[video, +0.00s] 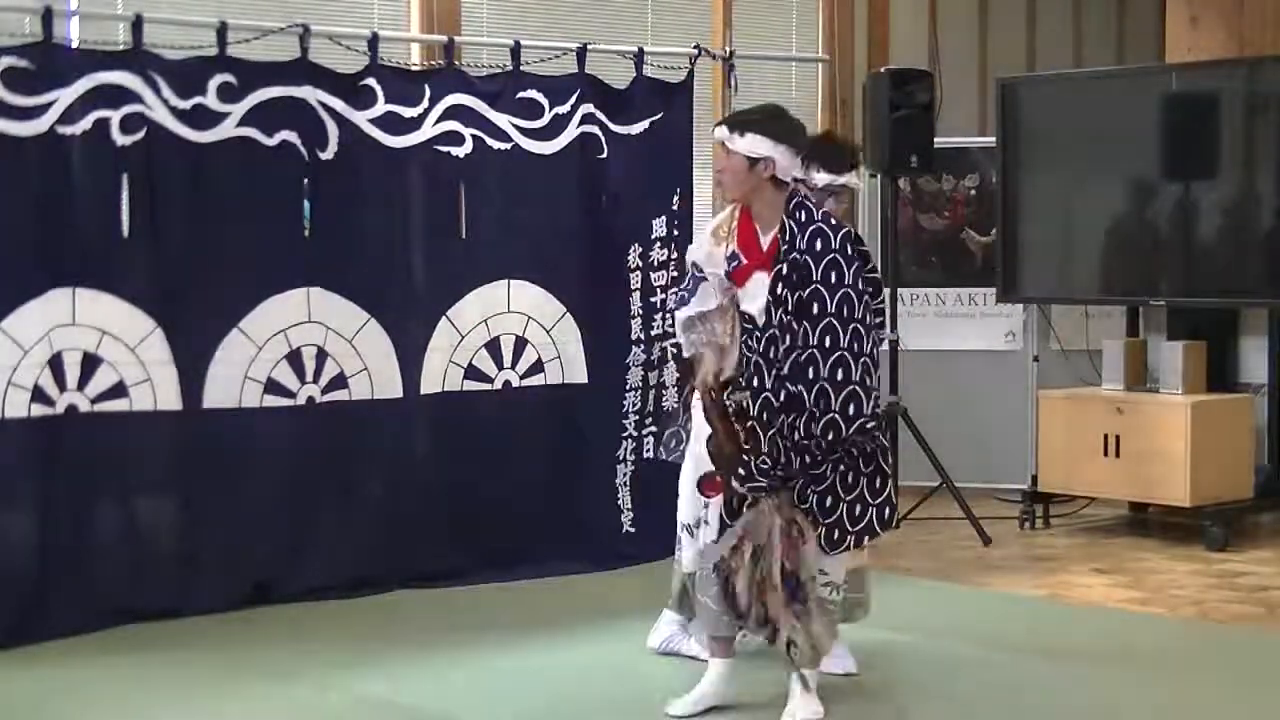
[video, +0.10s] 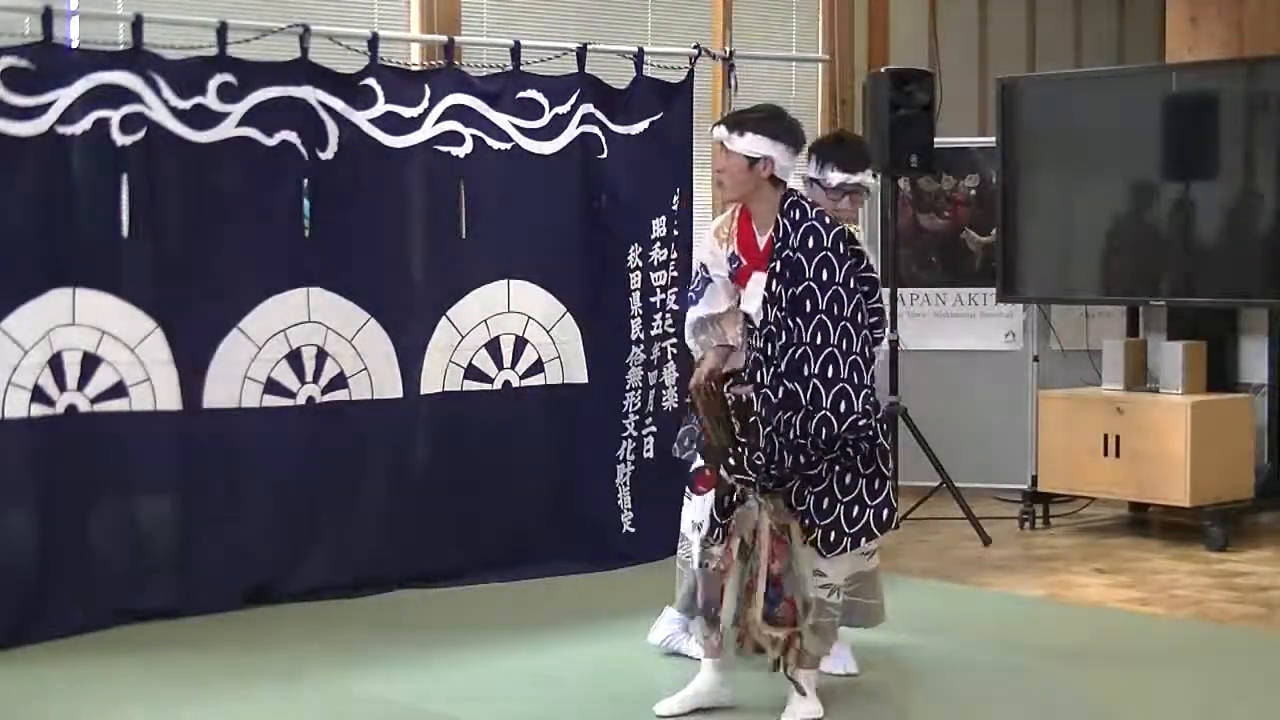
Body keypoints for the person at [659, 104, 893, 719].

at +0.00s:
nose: (716, 170)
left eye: (725, 160)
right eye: (717, 158)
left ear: (762, 168)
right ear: (748, 166)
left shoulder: (820, 240)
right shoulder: (730, 233)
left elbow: (843, 347)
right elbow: (694, 316)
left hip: (799, 417)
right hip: (730, 408)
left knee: (799, 547)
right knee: (713, 535)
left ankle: (804, 683)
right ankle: (719, 668)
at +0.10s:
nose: (715, 170)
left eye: (724, 160)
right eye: (716, 158)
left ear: (761, 168)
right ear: (745, 165)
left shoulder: (816, 239)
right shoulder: (735, 232)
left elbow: (836, 349)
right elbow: (712, 314)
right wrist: (717, 355)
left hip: (807, 418)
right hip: (744, 408)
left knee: (811, 548)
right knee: (715, 530)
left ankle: (805, 686)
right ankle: (714, 670)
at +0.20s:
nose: (711, 169)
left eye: (720, 159)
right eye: (712, 157)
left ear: (756, 168)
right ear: (743, 166)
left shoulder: (807, 237)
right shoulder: (732, 233)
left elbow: (823, 349)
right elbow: (723, 314)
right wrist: (719, 354)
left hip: (807, 416)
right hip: (748, 408)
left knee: (809, 549)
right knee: (716, 536)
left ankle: (807, 690)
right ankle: (700, 676)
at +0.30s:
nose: (703, 173)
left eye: (712, 162)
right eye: (705, 160)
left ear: (747, 170)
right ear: (739, 168)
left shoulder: (799, 237)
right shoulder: (735, 234)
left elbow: (810, 358)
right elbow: (737, 319)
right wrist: (717, 363)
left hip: (817, 420)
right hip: (766, 414)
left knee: (797, 553)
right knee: (720, 539)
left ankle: (803, 692)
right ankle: (701, 678)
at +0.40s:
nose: (699, 175)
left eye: (708, 164)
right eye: (698, 162)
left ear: (746, 170)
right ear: (730, 169)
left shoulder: (798, 237)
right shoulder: (729, 235)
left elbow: (806, 355)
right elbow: (716, 334)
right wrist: (695, 399)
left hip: (799, 429)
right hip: (749, 421)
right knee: (733, 551)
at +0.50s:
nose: (702, 181)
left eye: (711, 169)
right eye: (698, 169)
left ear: (749, 168)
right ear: (714, 170)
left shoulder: (790, 232)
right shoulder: (733, 232)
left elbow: (790, 348)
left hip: (788, 427)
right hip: (745, 421)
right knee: (761, 553)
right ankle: (807, 692)